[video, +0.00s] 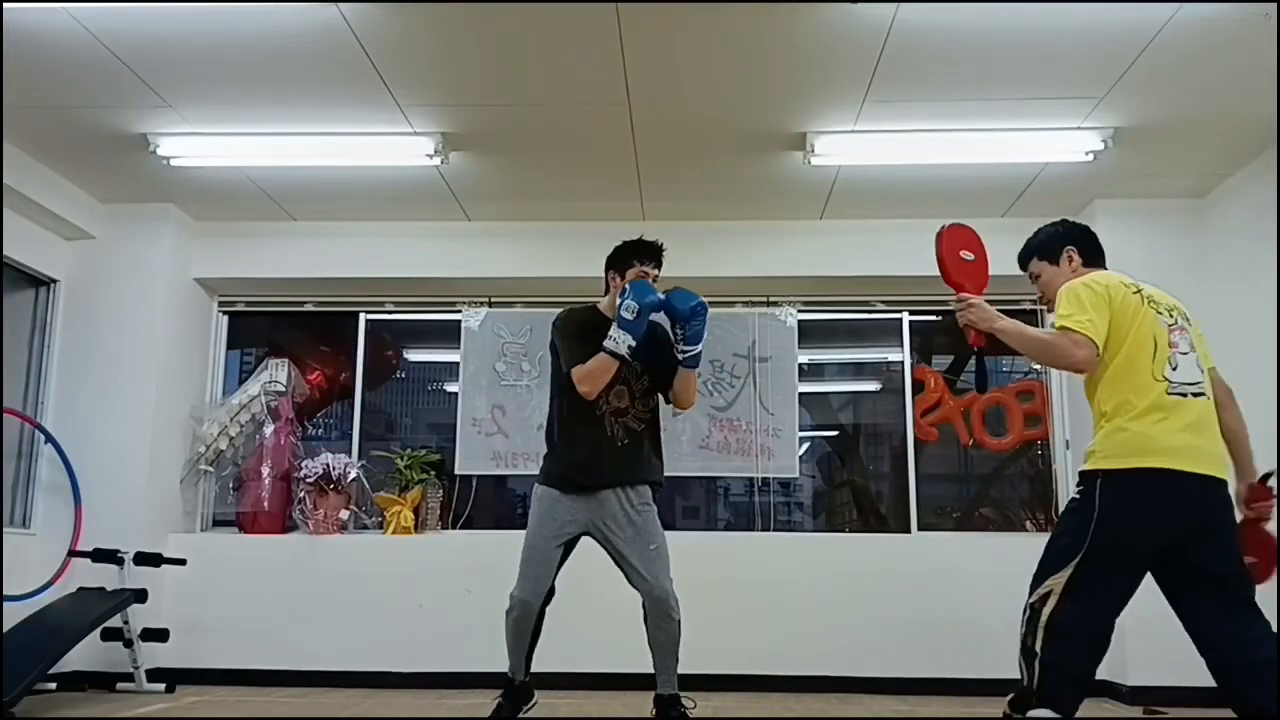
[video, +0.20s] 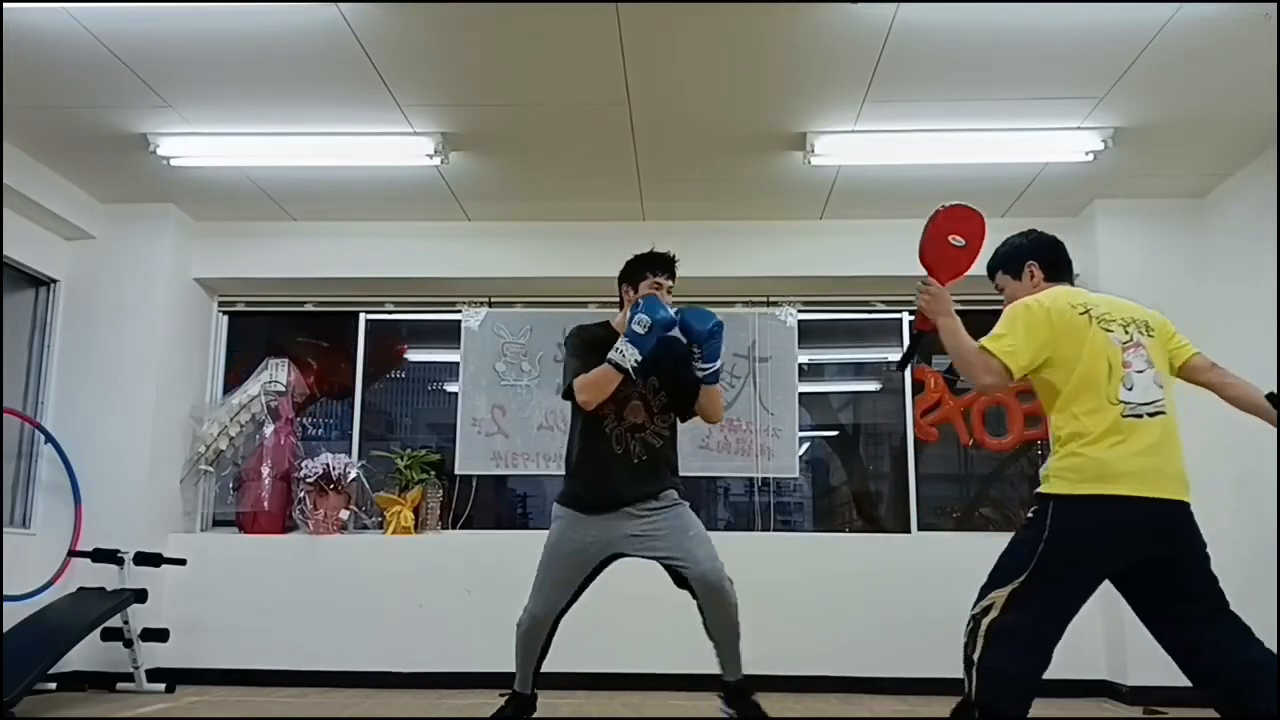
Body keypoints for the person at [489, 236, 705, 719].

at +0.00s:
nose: (646, 289)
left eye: (653, 282)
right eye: (639, 280)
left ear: (658, 287)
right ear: (612, 280)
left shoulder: (656, 333)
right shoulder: (574, 322)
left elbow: (683, 400)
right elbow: (586, 385)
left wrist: (689, 344)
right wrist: (626, 326)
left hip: (628, 491)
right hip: (561, 490)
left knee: (662, 596)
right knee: (525, 598)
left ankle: (668, 698)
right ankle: (517, 687)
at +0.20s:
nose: (664, 297)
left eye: (669, 291)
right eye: (655, 288)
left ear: (672, 298)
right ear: (627, 292)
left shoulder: (672, 349)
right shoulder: (588, 338)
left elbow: (712, 414)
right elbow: (587, 395)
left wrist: (709, 360)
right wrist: (633, 341)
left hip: (660, 507)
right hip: (585, 512)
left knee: (715, 582)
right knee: (538, 613)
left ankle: (737, 690)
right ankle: (521, 697)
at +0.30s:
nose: (694, 301)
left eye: (700, 293)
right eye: (685, 290)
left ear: (703, 300)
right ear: (655, 292)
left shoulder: (708, 351)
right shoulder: (613, 338)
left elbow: (775, 375)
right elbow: (593, 400)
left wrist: (771, 323)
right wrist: (629, 347)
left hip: (674, 515)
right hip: (603, 516)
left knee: (743, 606)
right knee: (552, 618)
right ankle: (546, 698)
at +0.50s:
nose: (713, 304)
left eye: (720, 298)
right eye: (704, 293)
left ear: (722, 307)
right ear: (675, 295)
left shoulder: (730, 359)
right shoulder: (631, 347)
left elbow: (785, 410)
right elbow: (597, 415)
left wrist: (787, 367)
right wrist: (643, 374)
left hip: (697, 525)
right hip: (617, 521)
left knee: (768, 610)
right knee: (548, 612)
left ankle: (824, 708)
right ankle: (545, 695)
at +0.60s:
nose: (660, 304)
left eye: (669, 295)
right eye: (650, 295)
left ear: (680, 302)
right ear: (629, 302)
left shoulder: (703, 357)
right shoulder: (604, 354)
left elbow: (758, 414)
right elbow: (568, 424)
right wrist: (609, 379)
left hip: (683, 523)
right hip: (606, 519)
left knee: (747, 603)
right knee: (531, 605)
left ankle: (809, 709)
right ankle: (493, 697)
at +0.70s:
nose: (640, 321)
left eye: (649, 311)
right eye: (629, 312)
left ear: (661, 319)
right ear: (609, 327)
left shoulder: (688, 381)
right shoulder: (587, 380)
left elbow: (734, 435)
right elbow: (549, 448)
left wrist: (760, 492)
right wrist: (588, 401)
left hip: (670, 550)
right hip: (591, 548)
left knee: (738, 618)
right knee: (515, 634)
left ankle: (796, 701)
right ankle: (481, 706)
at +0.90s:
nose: (674, 296)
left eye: (679, 288)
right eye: (664, 286)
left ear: (681, 294)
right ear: (635, 291)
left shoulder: (684, 352)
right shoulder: (599, 349)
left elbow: (685, 429)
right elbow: (600, 418)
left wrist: (704, 468)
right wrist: (637, 353)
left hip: (679, 523)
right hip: (603, 528)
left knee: (755, 602)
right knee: (540, 621)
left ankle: (797, 713)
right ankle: (482, 698)